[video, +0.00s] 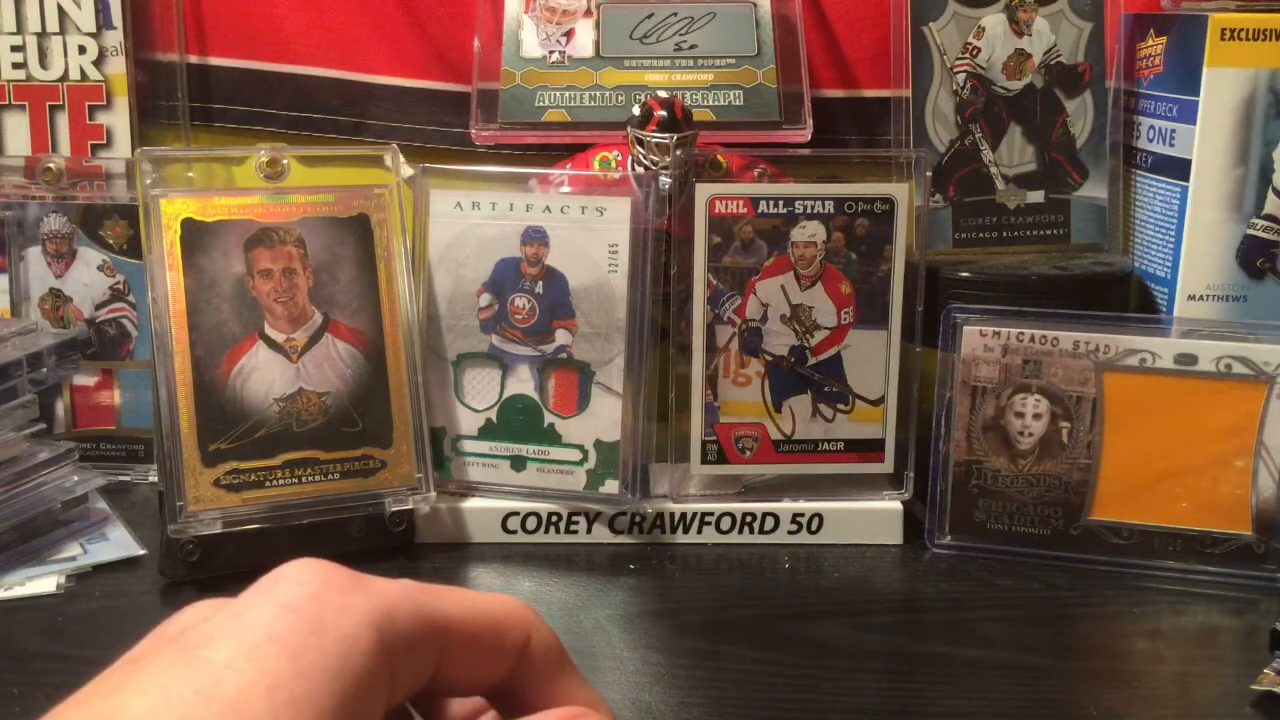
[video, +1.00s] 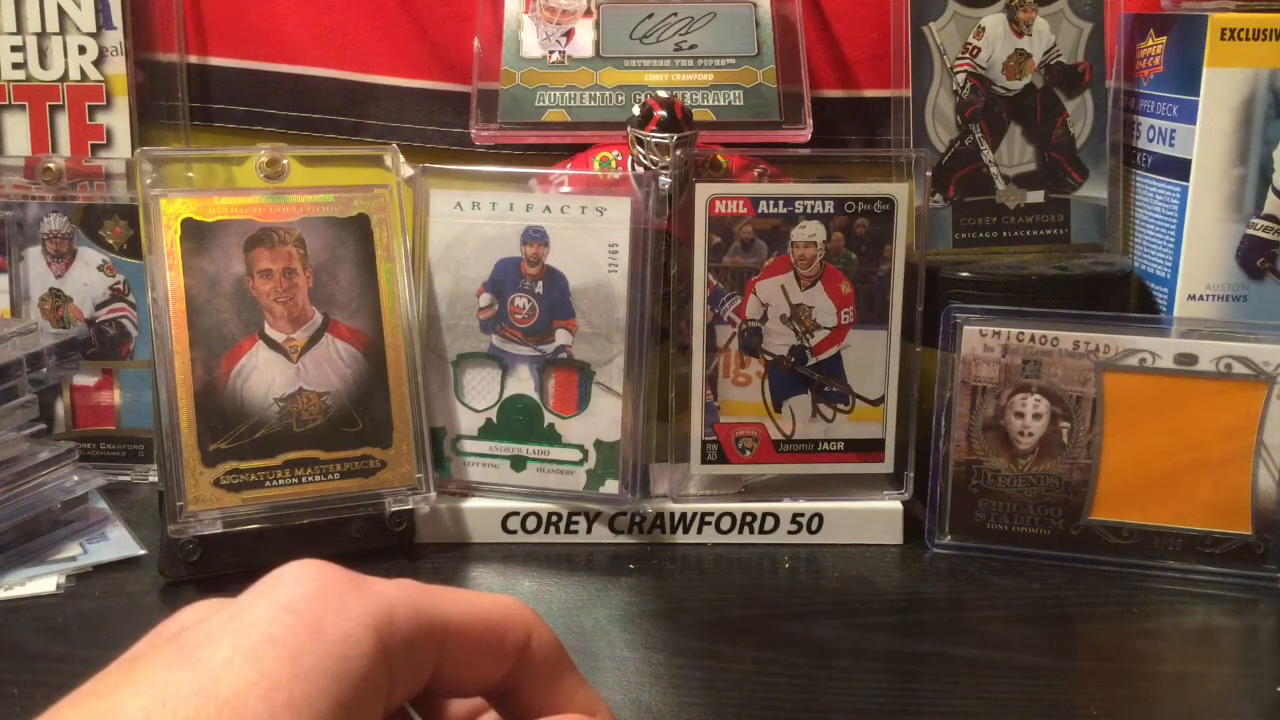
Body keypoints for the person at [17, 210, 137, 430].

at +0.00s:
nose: (56, 246)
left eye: (62, 240)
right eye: (51, 241)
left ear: (72, 240)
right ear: (43, 242)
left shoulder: (96, 264)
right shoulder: (27, 261)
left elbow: (121, 307)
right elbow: (15, 308)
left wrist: (105, 335)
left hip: (88, 366)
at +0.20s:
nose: (57, 246)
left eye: (62, 239)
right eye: (51, 240)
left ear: (72, 240)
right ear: (43, 242)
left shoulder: (97, 264)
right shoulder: (27, 261)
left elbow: (121, 307)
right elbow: (17, 310)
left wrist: (105, 335)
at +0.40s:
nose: (56, 246)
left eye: (62, 240)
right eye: (51, 241)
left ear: (72, 240)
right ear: (43, 242)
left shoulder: (95, 264)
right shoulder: (27, 260)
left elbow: (120, 302)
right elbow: (13, 307)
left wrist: (108, 333)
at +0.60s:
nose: (56, 246)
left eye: (62, 240)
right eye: (51, 241)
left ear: (72, 240)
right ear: (43, 242)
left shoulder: (95, 264)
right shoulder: (27, 260)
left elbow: (120, 302)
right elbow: (12, 307)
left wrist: (108, 333)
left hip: (88, 366)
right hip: (40, 362)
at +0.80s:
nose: (57, 245)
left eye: (62, 239)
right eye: (51, 240)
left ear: (72, 239)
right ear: (43, 242)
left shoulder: (95, 264)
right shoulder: (27, 261)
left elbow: (120, 303)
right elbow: (10, 305)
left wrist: (108, 333)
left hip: (88, 362)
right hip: (39, 359)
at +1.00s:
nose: (57, 245)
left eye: (62, 239)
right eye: (51, 240)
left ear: (72, 239)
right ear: (43, 242)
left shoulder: (95, 264)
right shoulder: (27, 261)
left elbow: (120, 303)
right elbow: (10, 305)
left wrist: (108, 333)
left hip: (88, 362)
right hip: (39, 360)